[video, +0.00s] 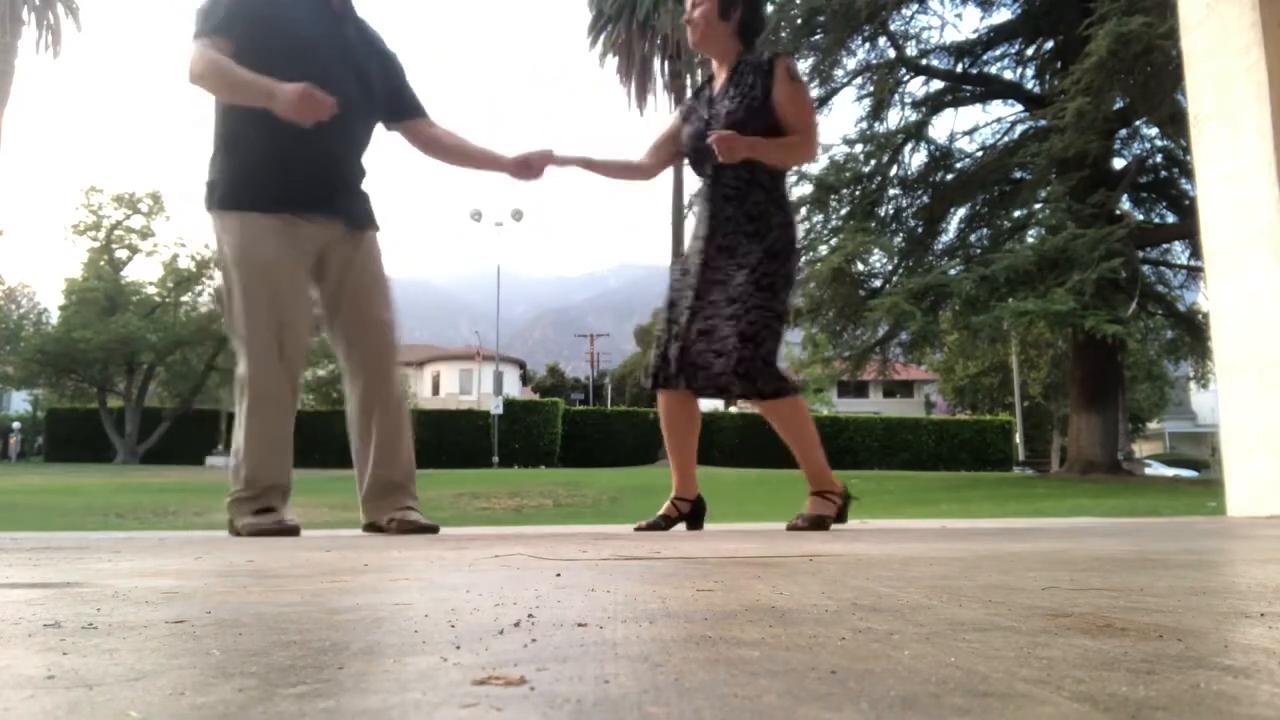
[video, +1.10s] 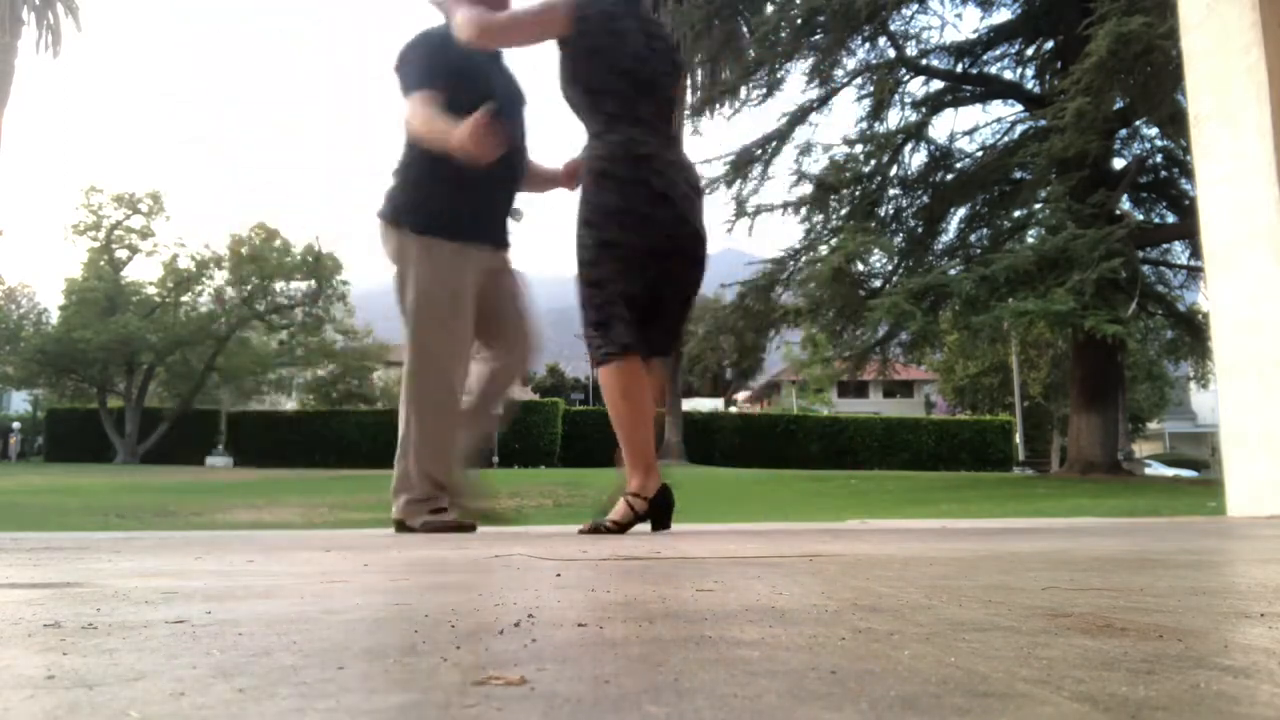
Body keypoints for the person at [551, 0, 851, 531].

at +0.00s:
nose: (686, 14)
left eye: (697, 5)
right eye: (687, 6)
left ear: (730, 14)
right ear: (703, 22)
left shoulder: (773, 70)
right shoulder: (701, 99)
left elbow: (805, 147)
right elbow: (647, 166)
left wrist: (749, 145)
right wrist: (570, 159)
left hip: (762, 237)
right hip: (711, 240)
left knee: (750, 363)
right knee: (674, 362)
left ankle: (827, 490)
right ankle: (684, 497)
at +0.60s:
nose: (690, 8)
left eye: (700, 1)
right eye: (691, 2)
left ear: (734, 6)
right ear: (708, 12)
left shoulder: (784, 61)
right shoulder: (702, 89)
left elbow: (842, 127)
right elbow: (652, 147)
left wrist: (826, 120)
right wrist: (588, 112)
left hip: (786, 217)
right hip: (736, 228)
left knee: (738, 321)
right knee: (735, 349)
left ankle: (779, 465)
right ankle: (763, 486)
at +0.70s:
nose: (676, 10)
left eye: (686, 3)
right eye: (678, 3)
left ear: (718, 9)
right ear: (699, 12)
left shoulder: (765, 63)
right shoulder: (692, 91)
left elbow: (818, 132)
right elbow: (649, 159)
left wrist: (811, 116)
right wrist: (581, 125)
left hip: (760, 223)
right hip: (719, 229)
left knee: (698, 330)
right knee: (733, 366)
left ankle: (705, 478)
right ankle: (764, 496)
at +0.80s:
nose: (653, 20)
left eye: (662, 9)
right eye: (655, 11)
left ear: (691, 12)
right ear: (677, 17)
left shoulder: (732, 67)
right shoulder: (682, 91)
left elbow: (776, 136)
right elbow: (649, 178)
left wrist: (743, 91)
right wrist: (578, 152)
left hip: (726, 238)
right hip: (696, 240)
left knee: (660, 343)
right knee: (726, 369)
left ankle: (654, 486)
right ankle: (762, 494)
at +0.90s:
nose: (616, 15)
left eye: (623, 8)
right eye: (615, 12)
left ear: (648, 3)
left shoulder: (670, 36)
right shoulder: (649, 66)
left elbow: (695, 84)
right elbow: (653, 176)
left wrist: (629, 33)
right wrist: (573, 166)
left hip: (687, 228)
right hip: (684, 229)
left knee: (622, 342)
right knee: (705, 363)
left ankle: (647, 490)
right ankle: (759, 487)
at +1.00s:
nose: (590, 15)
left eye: (596, 9)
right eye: (592, 12)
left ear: (616, 2)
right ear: (644, 6)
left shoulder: (630, 17)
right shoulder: (666, 45)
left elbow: (569, 35)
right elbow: (646, 160)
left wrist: (519, 3)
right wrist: (575, 160)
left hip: (651, 193)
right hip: (690, 195)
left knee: (617, 343)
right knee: (669, 348)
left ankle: (646, 489)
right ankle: (727, 468)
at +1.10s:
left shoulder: (585, 10)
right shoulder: (668, 42)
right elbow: (668, 138)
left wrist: (456, 8)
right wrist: (593, 162)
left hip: (616, 180)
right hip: (676, 185)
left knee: (612, 339)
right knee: (652, 344)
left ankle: (643, 486)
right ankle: (642, 482)